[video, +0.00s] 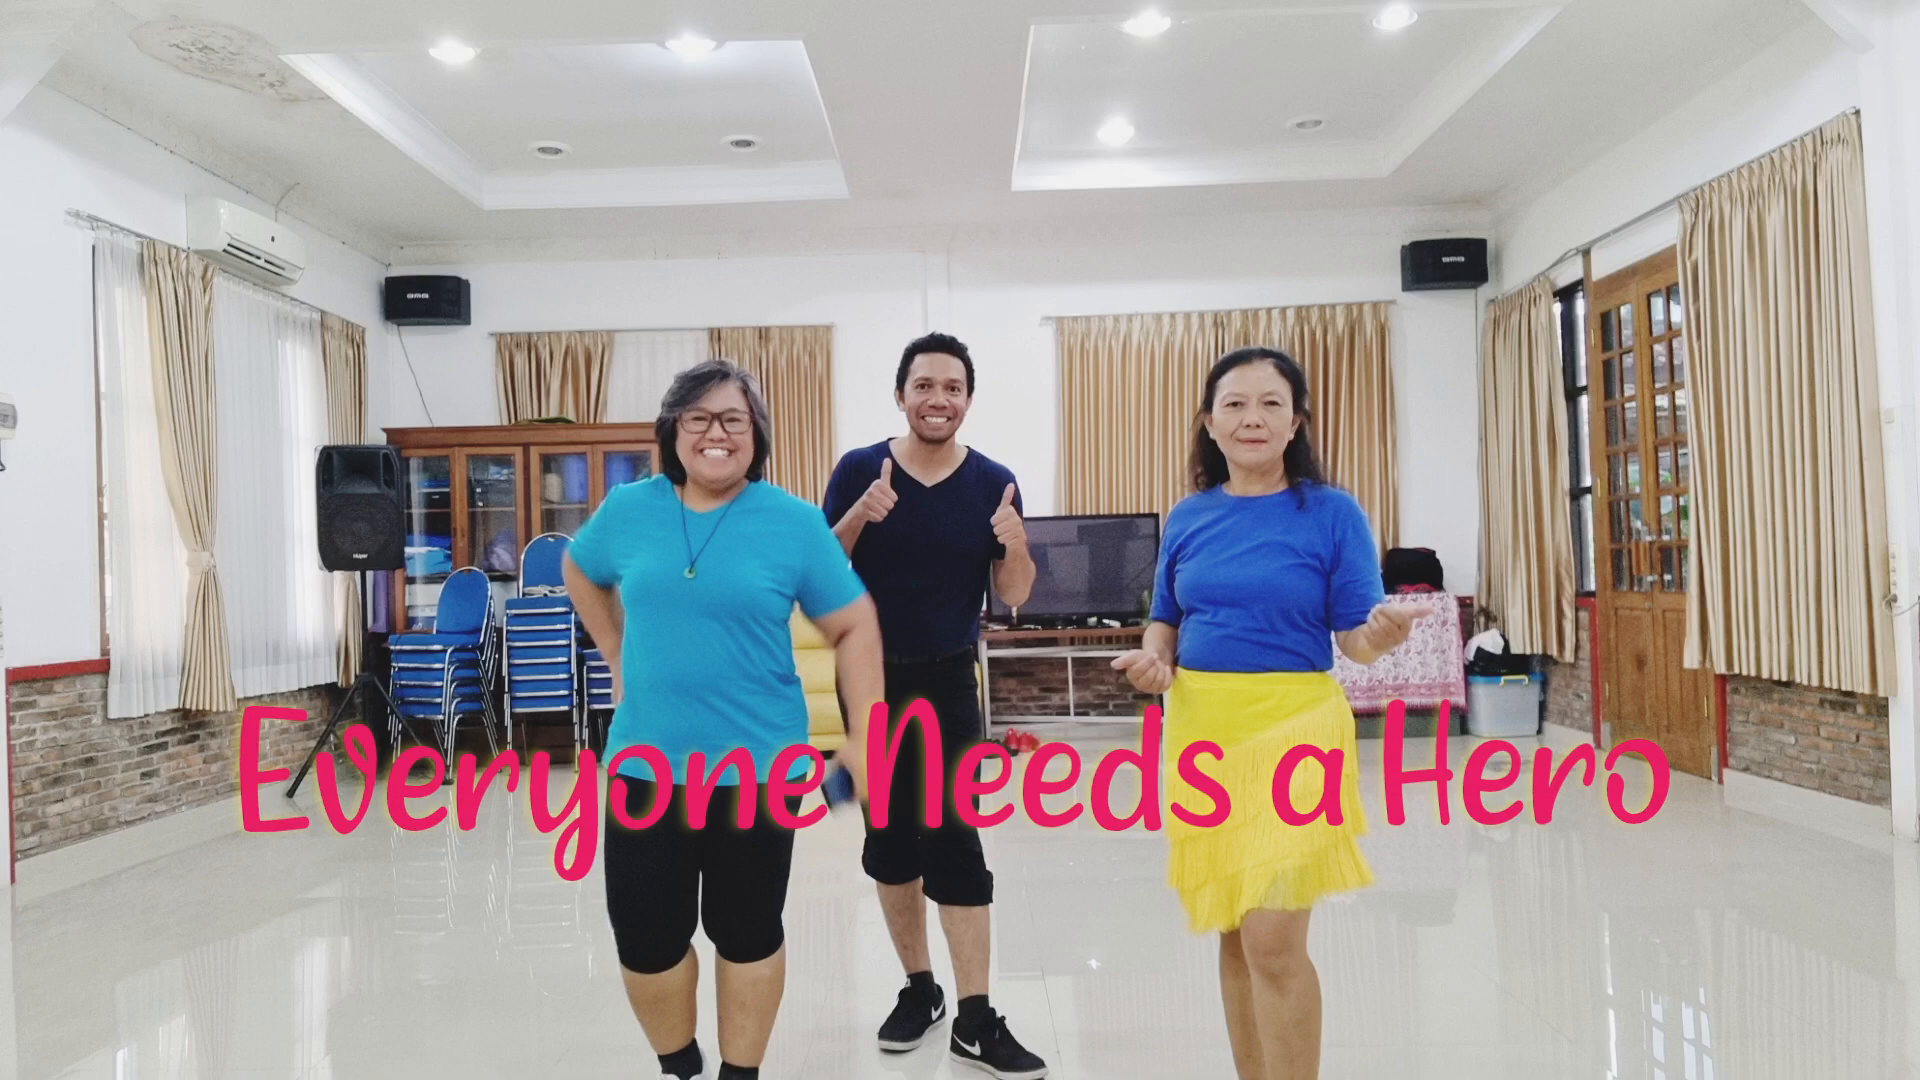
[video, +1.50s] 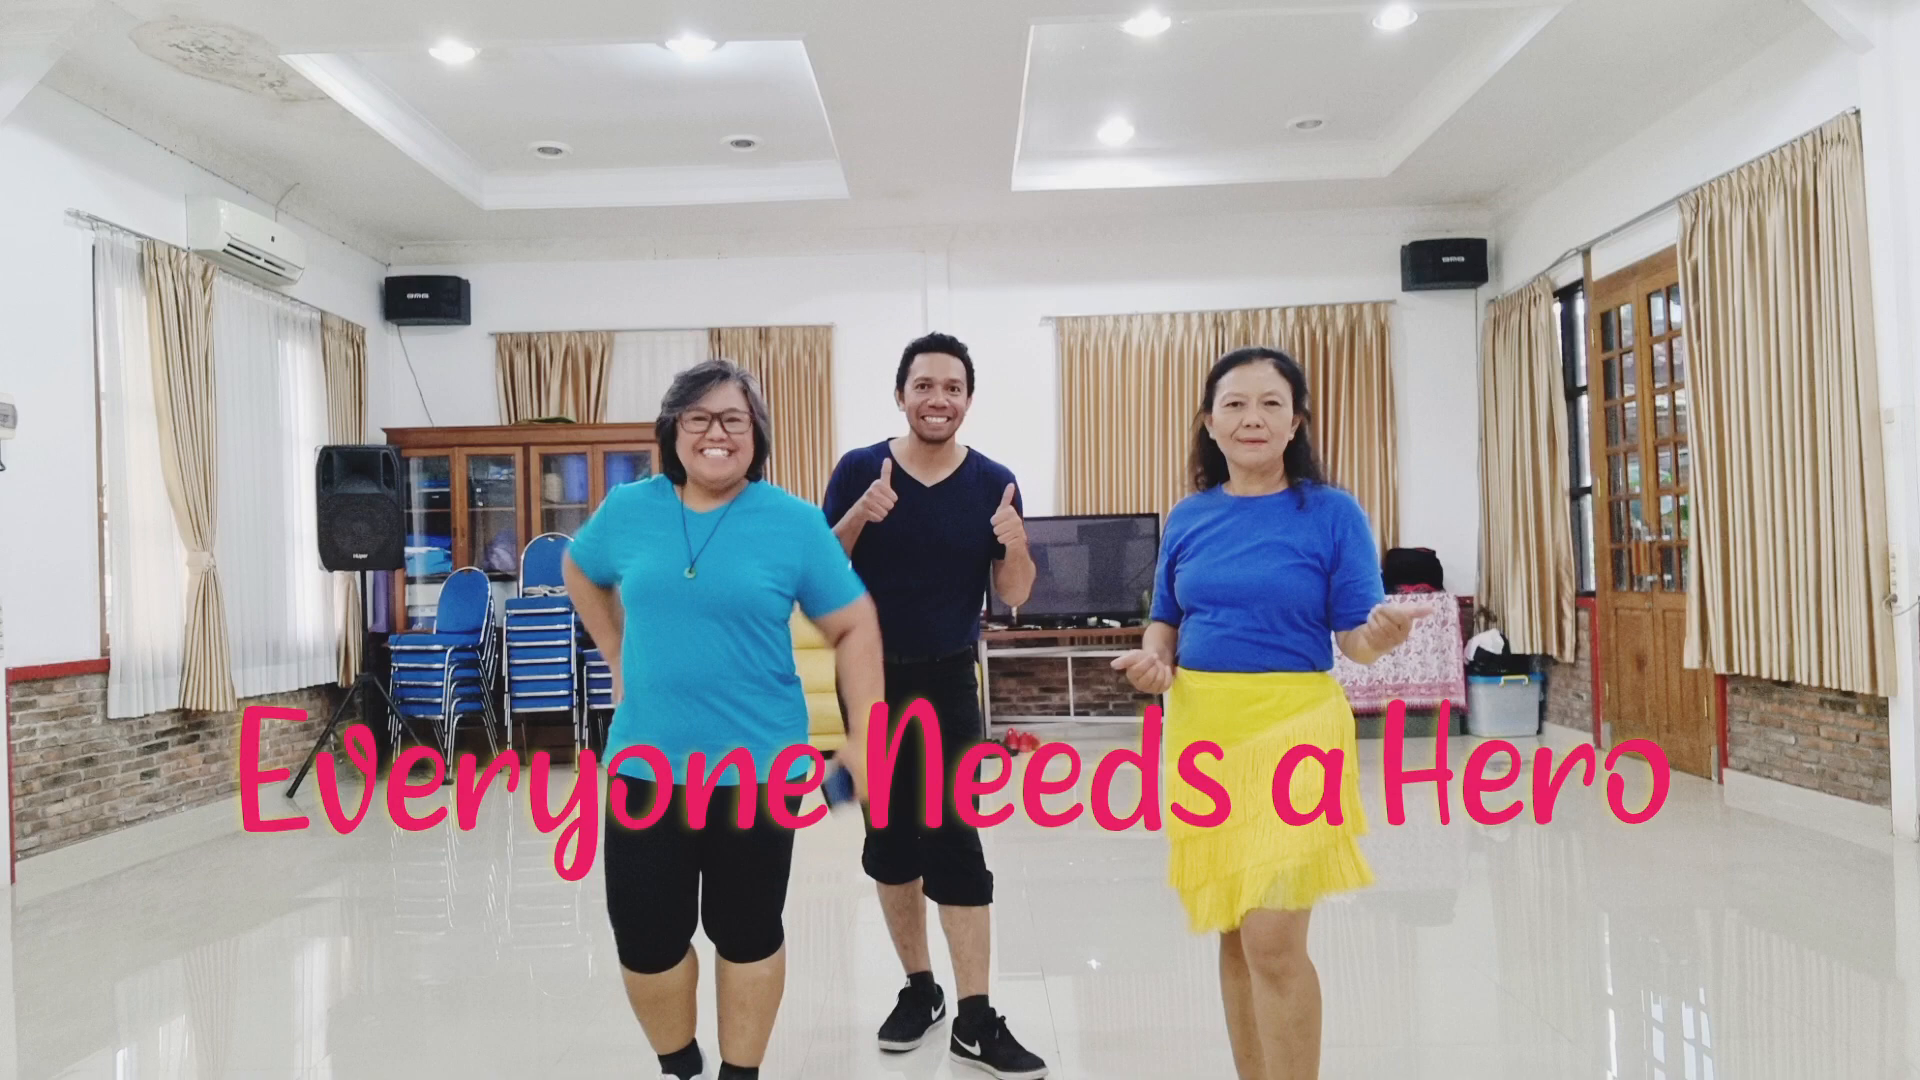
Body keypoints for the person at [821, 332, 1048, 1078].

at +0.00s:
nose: (938, 400)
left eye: (952, 388)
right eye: (924, 386)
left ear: (968, 399)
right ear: (900, 396)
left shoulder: (992, 483)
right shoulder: (858, 472)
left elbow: (1014, 595)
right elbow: (813, 570)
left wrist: (1015, 548)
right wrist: (854, 520)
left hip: (950, 676)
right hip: (872, 676)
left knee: (957, 841)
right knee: (892, 840)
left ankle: (975, 1014)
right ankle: (919, 990)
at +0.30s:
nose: (938, 400)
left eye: (952, 388)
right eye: (924, 386)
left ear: (968, 399)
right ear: (900, 396)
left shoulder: (992, 483)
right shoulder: (858, 472)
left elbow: (1014, 595)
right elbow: (813, 570)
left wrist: (1015, 548)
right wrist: (854, 520)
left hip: (950, 676)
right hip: (872, 676)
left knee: (957, 841)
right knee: (892, 840)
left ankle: (975, 1014)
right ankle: (919, 990)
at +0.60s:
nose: (938, 400)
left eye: (952, 388)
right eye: (924, 386)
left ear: (968, 399)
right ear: (900, 396)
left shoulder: (992, 483)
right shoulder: (858, 472)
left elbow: (1014, 595)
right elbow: (813, 570)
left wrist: (1015, 548)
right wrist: (854, 520)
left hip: (950, 676)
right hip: (872, 676)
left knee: (957, 841)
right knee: (892, 840)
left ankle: (975, 1014)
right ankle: (919, 990)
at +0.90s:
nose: (938, 400)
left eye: (952, 388)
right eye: (924, 386)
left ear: (968, 399)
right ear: (900, 396)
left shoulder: (992, 483)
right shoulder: (858, 472)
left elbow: (1014, 595)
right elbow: (813, 570)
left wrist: (1015, 548)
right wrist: (854, 520)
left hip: (950, 676)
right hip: (872, 676)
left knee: (957, 841)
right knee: (892, 840)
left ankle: (975, 1014)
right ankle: (919, 990)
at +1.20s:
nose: (938, 400)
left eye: (952, 388)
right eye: (924, 386)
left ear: (968, 399)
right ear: (900, 396)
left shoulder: (992, 483)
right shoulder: (858, 472)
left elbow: (1014, 595)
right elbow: (813, 570)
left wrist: (1015, 548)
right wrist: (854, 520)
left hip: (950, 676)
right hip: (872, 676)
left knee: (957, 841)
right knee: (892, 840)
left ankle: (975, 1014)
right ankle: (919, 990)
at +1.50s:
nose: (938, 400)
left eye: (952, 388)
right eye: (924, 386)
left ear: (968, 399)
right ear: (900, 396)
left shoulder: (992, 483)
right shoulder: (858, 472)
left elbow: (1014, 595)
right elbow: (813, 570)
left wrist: (1015, 548)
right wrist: (854, 520)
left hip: (950, 676)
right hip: (872, 676)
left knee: (957, 841)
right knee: (892, 840)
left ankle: (975, 1014)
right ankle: (919, 990)